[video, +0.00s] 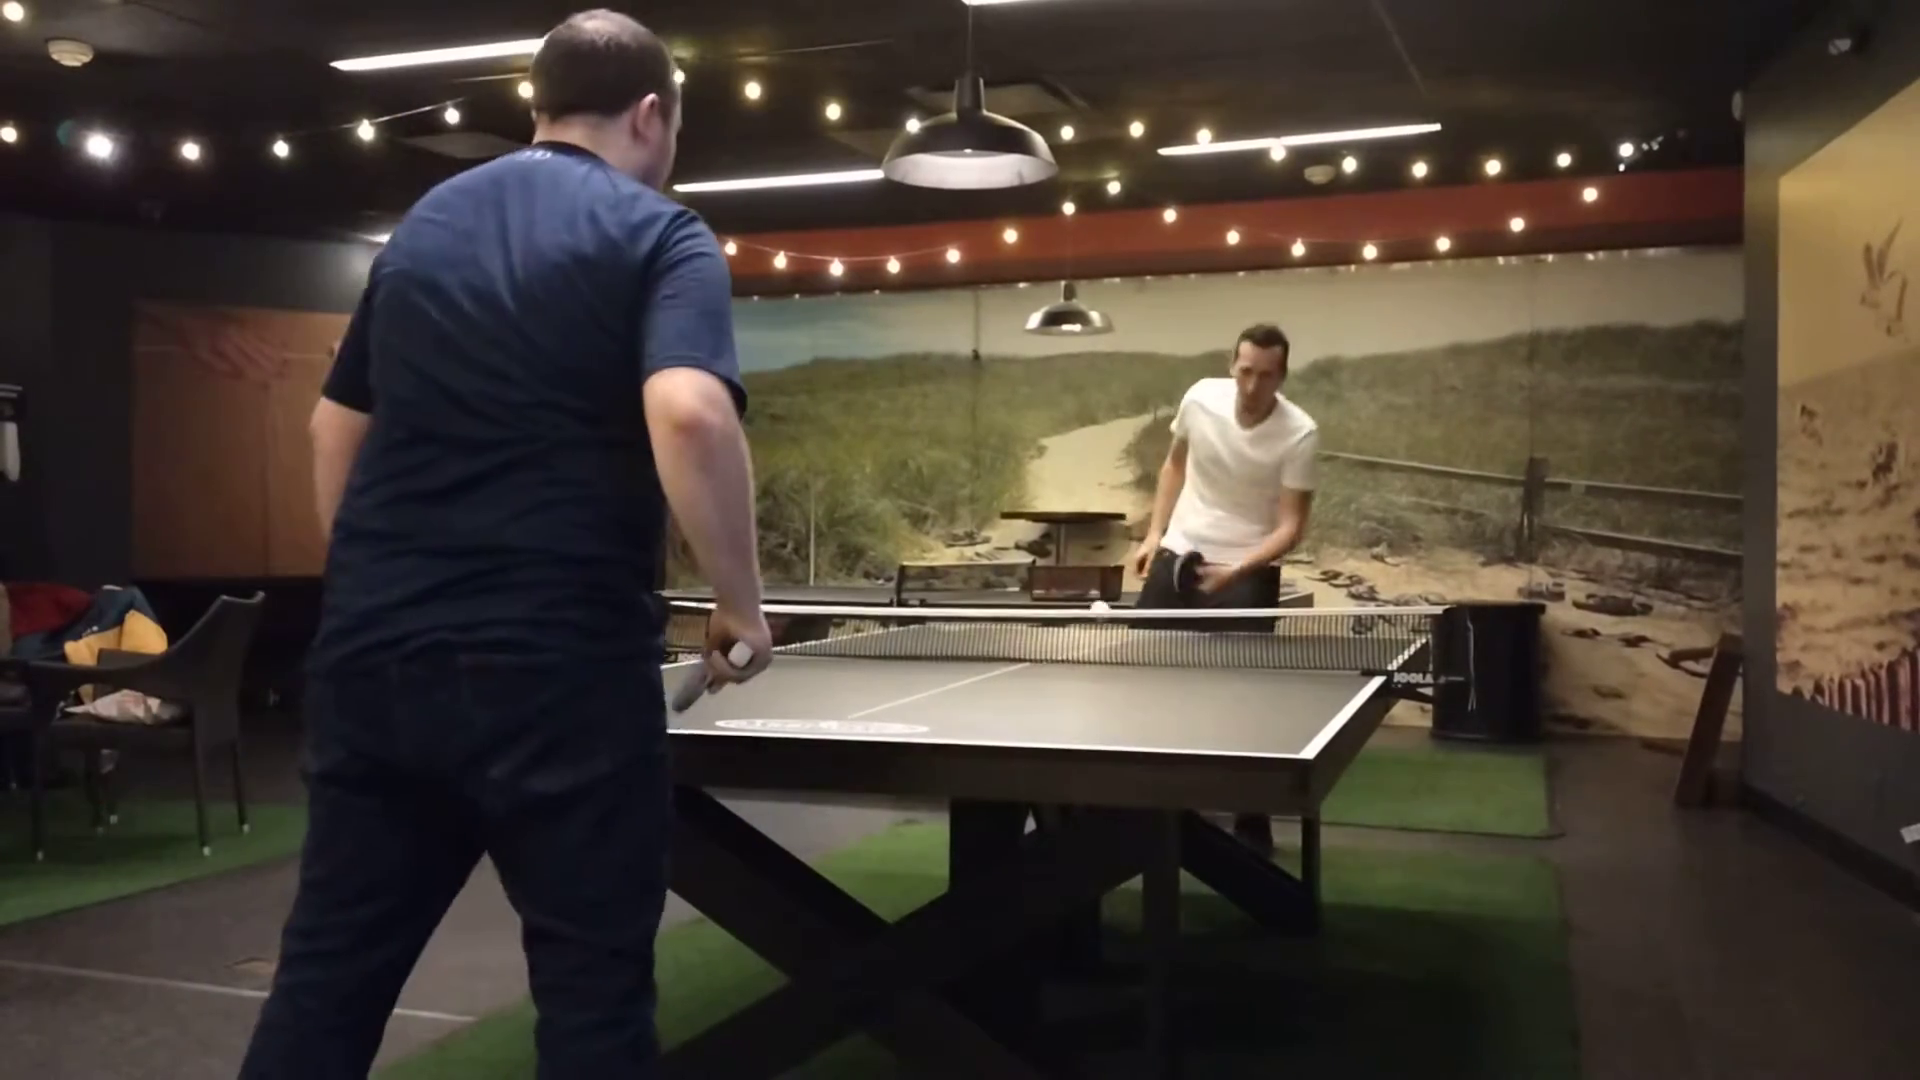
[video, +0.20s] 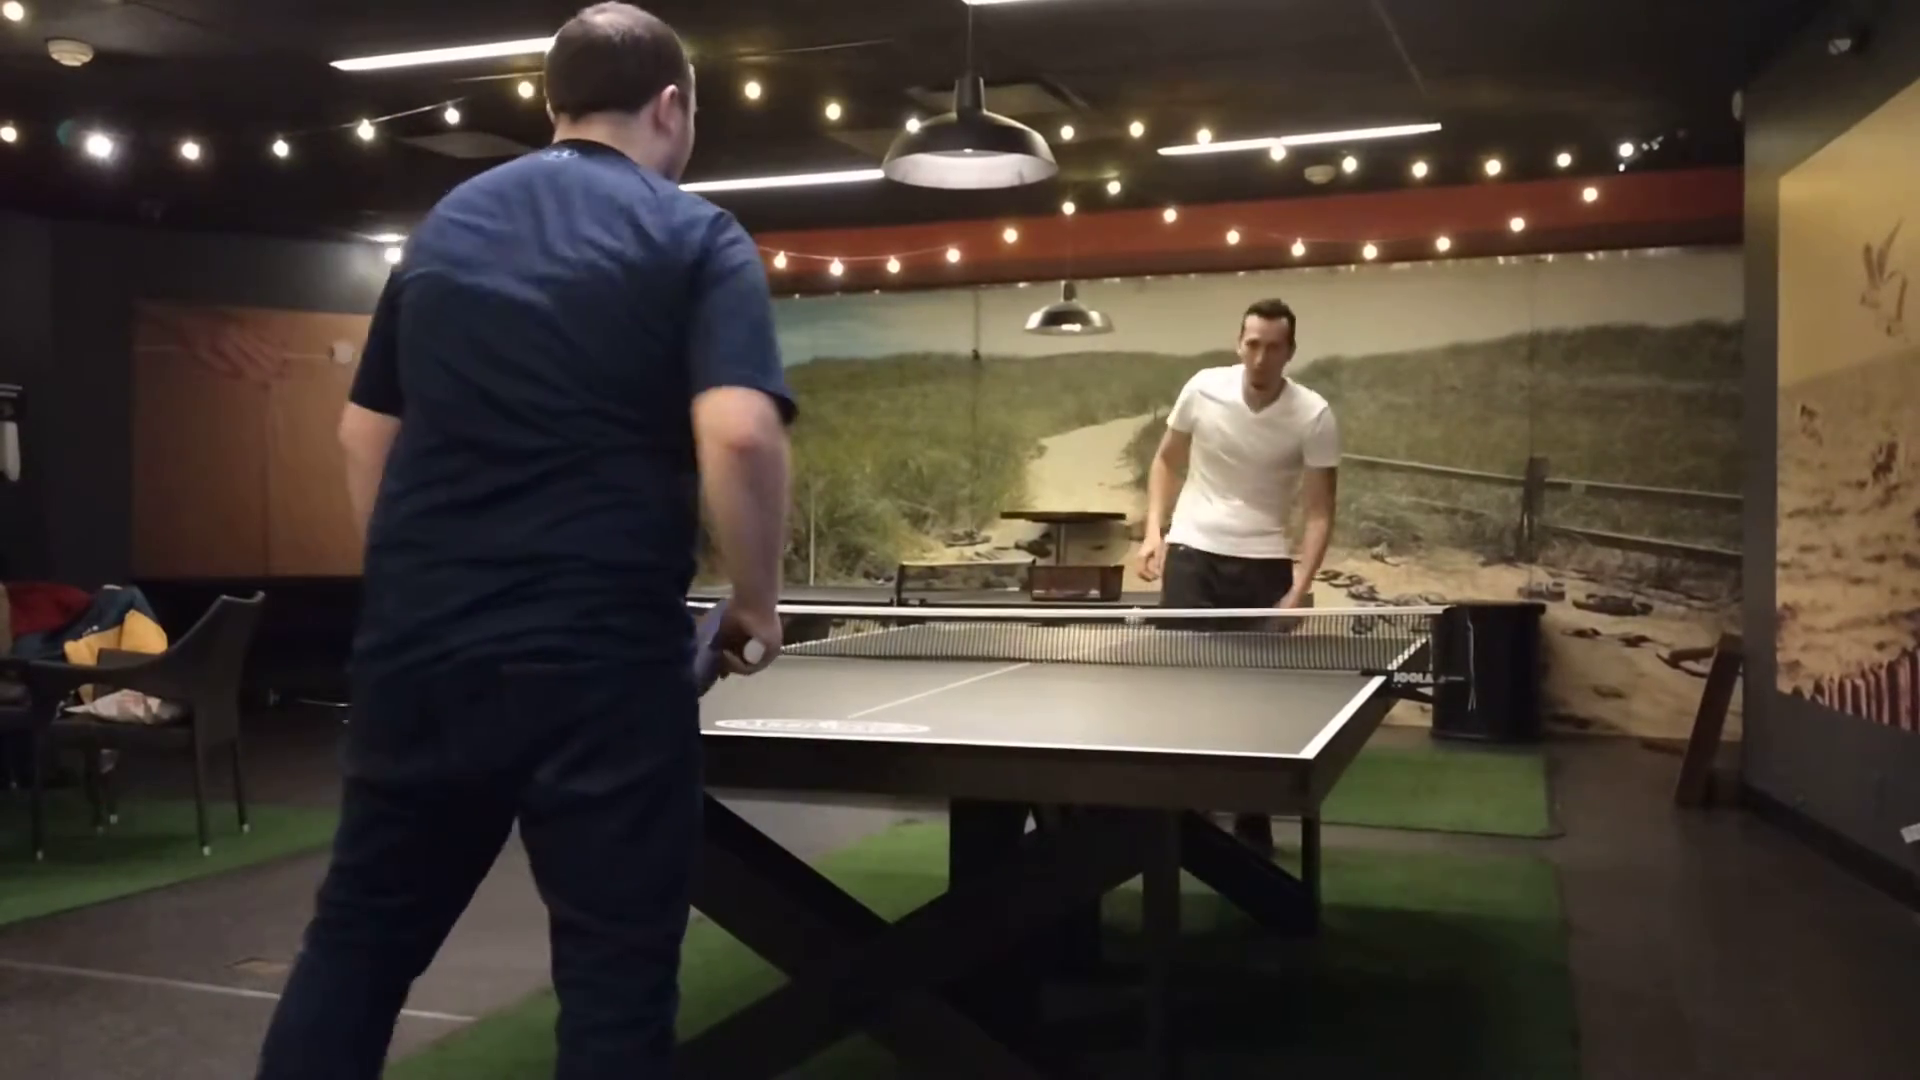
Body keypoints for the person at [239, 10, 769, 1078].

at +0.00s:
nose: (673, 148)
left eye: (676, 127)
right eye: (673, 125)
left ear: (540, 113)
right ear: (649, 115)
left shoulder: (427, 220)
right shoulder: (659, 228)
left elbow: (339, 424)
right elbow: (687, 411)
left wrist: (362, 578)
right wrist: (740, 606)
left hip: (380, 650)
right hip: (565, 668)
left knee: (326, 980)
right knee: (595, 998)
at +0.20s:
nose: (690, 135)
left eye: (693, 118)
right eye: (691, 115)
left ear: (556, 110)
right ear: (670, 107)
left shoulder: (451, 219)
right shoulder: (696, 230)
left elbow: (368, 432)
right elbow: (736, 432)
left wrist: (406, 579)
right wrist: (754, 603)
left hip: (425, 647)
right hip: (604, 664)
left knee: (356, 947)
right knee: (617, 985)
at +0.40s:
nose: (680, 127)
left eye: (676, 108)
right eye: (680, 107)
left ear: (545, 102)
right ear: (659, 97)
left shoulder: (425, 221)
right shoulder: (693, 227)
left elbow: (362, 437)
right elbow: (767, 435)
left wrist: (405, 577)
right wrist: (779, 610)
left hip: (422, 642)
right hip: (599, 655)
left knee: (408, 951)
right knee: (607, 981)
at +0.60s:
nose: (638, 135)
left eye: (639, 112)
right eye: (640, 109)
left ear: (502, 98)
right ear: (607, 95)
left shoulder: (377, 224)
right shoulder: (627, 227)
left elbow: (328, 437)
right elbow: (672, 436)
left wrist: (358, 594)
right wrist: (721, 647)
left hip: (396, 652)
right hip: (571, 667)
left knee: (396, 963)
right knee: (605, 980)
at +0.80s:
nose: (616, 151)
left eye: (619, 123)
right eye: (616, 120)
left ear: (481, 102)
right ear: (571, 100)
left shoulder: (371, 219)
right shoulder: (587, 217)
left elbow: (325, 450)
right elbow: (596, 413)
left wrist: (336, 612)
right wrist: (621, 635)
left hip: (371, 649)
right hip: (530, 660)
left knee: (383, 969)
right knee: (647, 950)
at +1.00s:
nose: (642, 162)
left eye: (648, 136)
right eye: (646, 131)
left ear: (524, 99)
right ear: (605, 105)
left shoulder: (399, 221)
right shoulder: (614, 222)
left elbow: (349, 450)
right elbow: (614, 415)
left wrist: (368, 621)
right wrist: (618, 637)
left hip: (406, 655)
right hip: (571, 659)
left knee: (402, 973)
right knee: (661, 965)